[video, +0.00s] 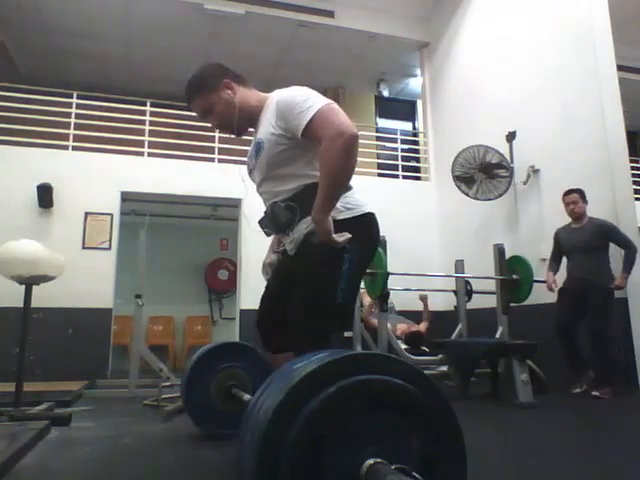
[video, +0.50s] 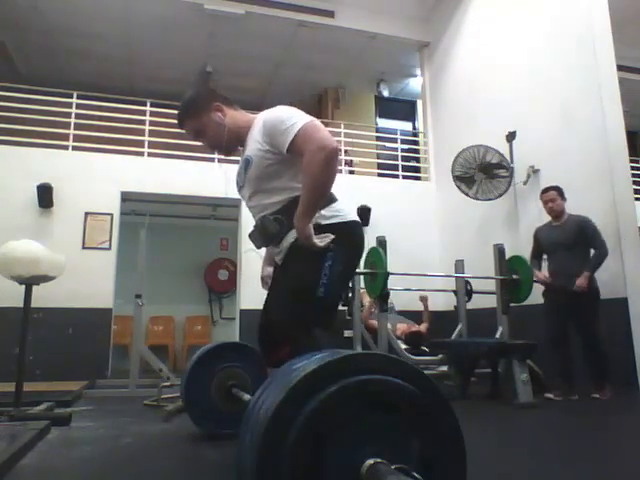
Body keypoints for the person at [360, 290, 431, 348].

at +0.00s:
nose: (413, 326)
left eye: (412, 329)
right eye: (415, 329)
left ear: (403, 336)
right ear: (418, 331)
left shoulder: (389, 331)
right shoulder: (421, 332)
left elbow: (366, 318)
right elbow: (426, 320)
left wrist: (370, 303)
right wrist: (425, 303)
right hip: (392, 316)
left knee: (365, 294)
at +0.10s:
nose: (412, 326)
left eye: (411, 329)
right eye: (415, 328)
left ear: (402, 336)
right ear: (418, 329)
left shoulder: (387, 330)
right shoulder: (421, 332)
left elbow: (366, 318)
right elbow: (426, 321)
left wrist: (370, 302)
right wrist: (425, 303)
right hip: (392, 315)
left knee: (365, 294)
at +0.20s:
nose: (413, 326)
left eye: (411, 330)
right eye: (416, 329)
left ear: (402, 336)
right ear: (418, 330)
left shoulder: (388, 330)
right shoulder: (421, 332)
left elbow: (366, 318)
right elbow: (425, 321)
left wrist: (369, 303)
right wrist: (425, 303)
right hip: (393, 315)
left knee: (364, 293)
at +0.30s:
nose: (412, 325)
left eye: (410, 329)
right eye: (414, 328)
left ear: (403, 336)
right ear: (418, 329)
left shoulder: (387, 331)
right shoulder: (421, 332)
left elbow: (366, 321)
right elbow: (426, 321)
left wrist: (370, 304)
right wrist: (425, 305)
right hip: (392, 315)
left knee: (364, 293)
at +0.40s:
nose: (413, 326)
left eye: (412, 329)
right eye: (416, 329)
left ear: (403, 336)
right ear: (419, 330)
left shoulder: (387, 331)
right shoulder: (421, 333)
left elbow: (367, 321)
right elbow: (426, 322)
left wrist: (369, 305)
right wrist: (425, 305)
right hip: (392, 316)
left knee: (364, 293)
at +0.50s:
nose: (413, 326)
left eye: (412, 329)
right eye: (416, 329)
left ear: (403, 336)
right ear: (419, 330)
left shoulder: (386, 330)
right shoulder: (421, 333)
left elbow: (366, 321)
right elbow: (426, 322)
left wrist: (369, 304)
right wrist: (425, 304)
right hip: (392, 315)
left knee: (364, 293)